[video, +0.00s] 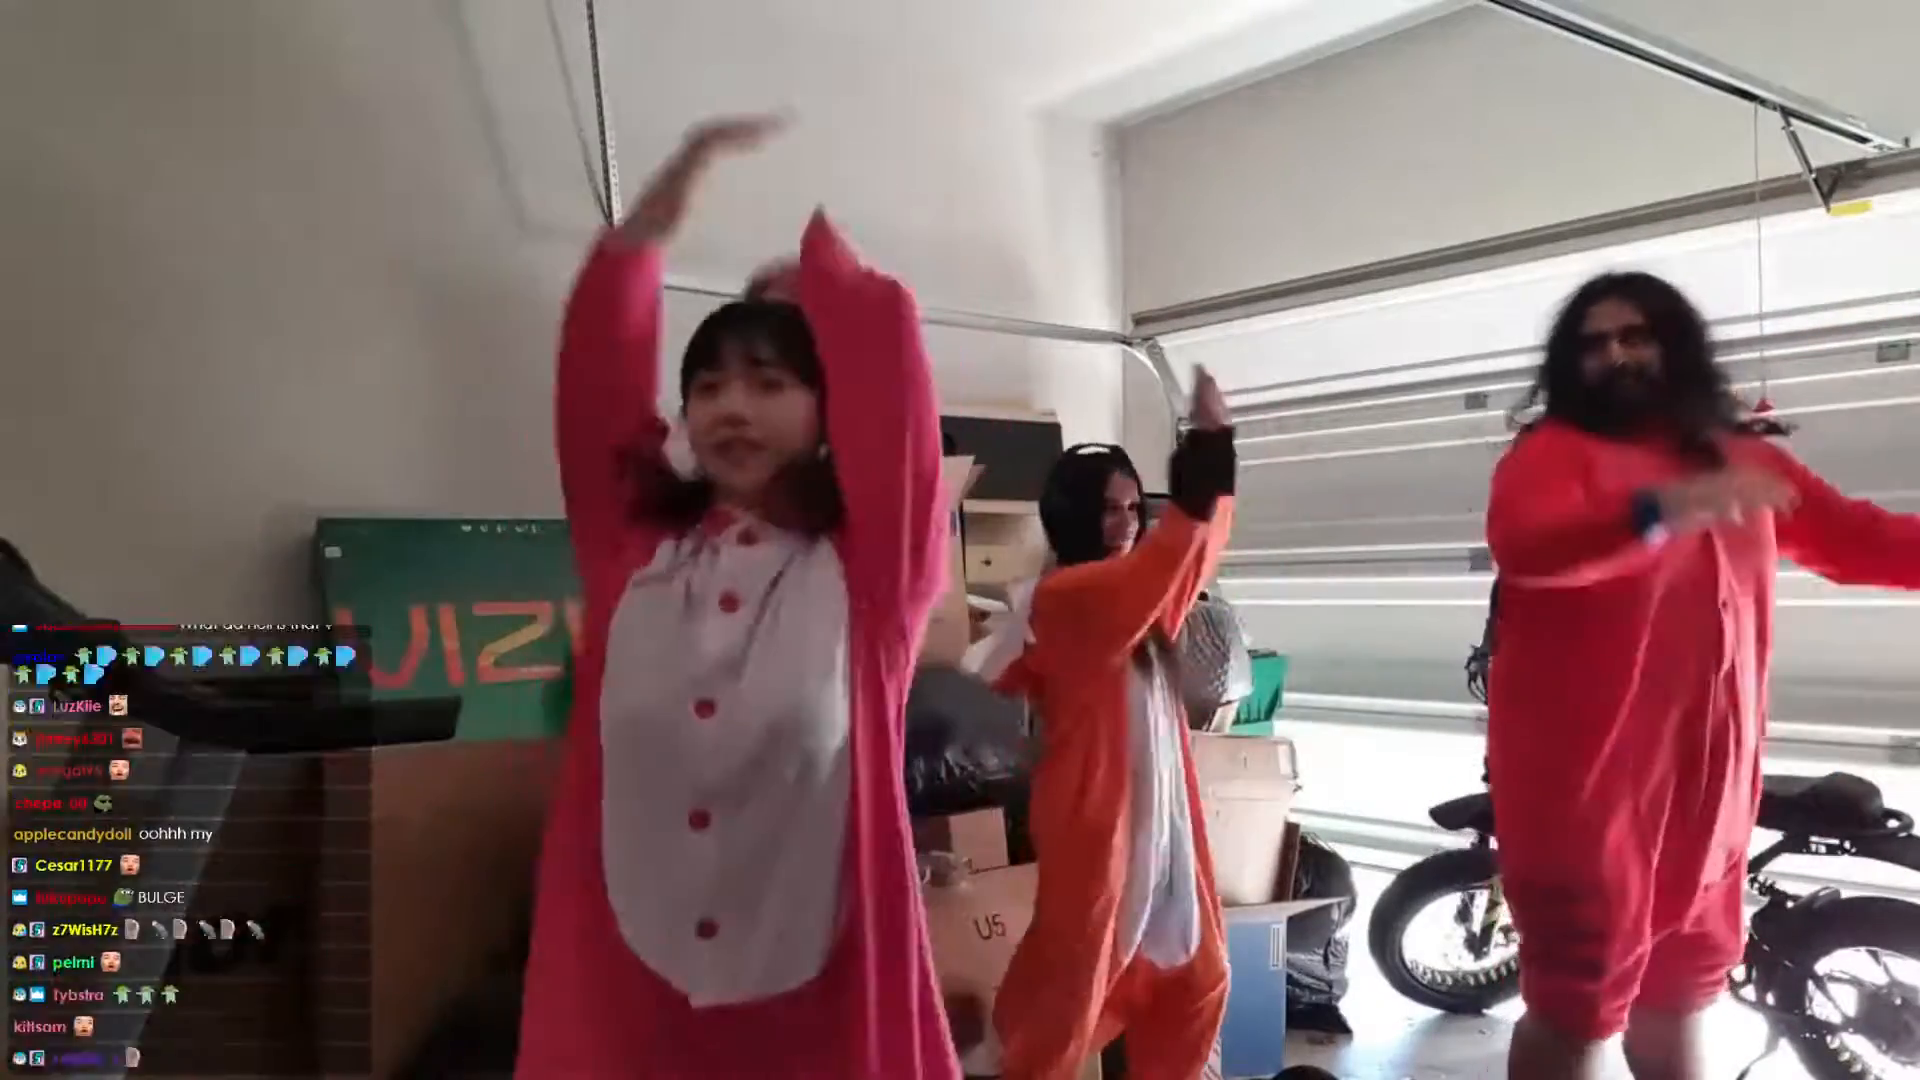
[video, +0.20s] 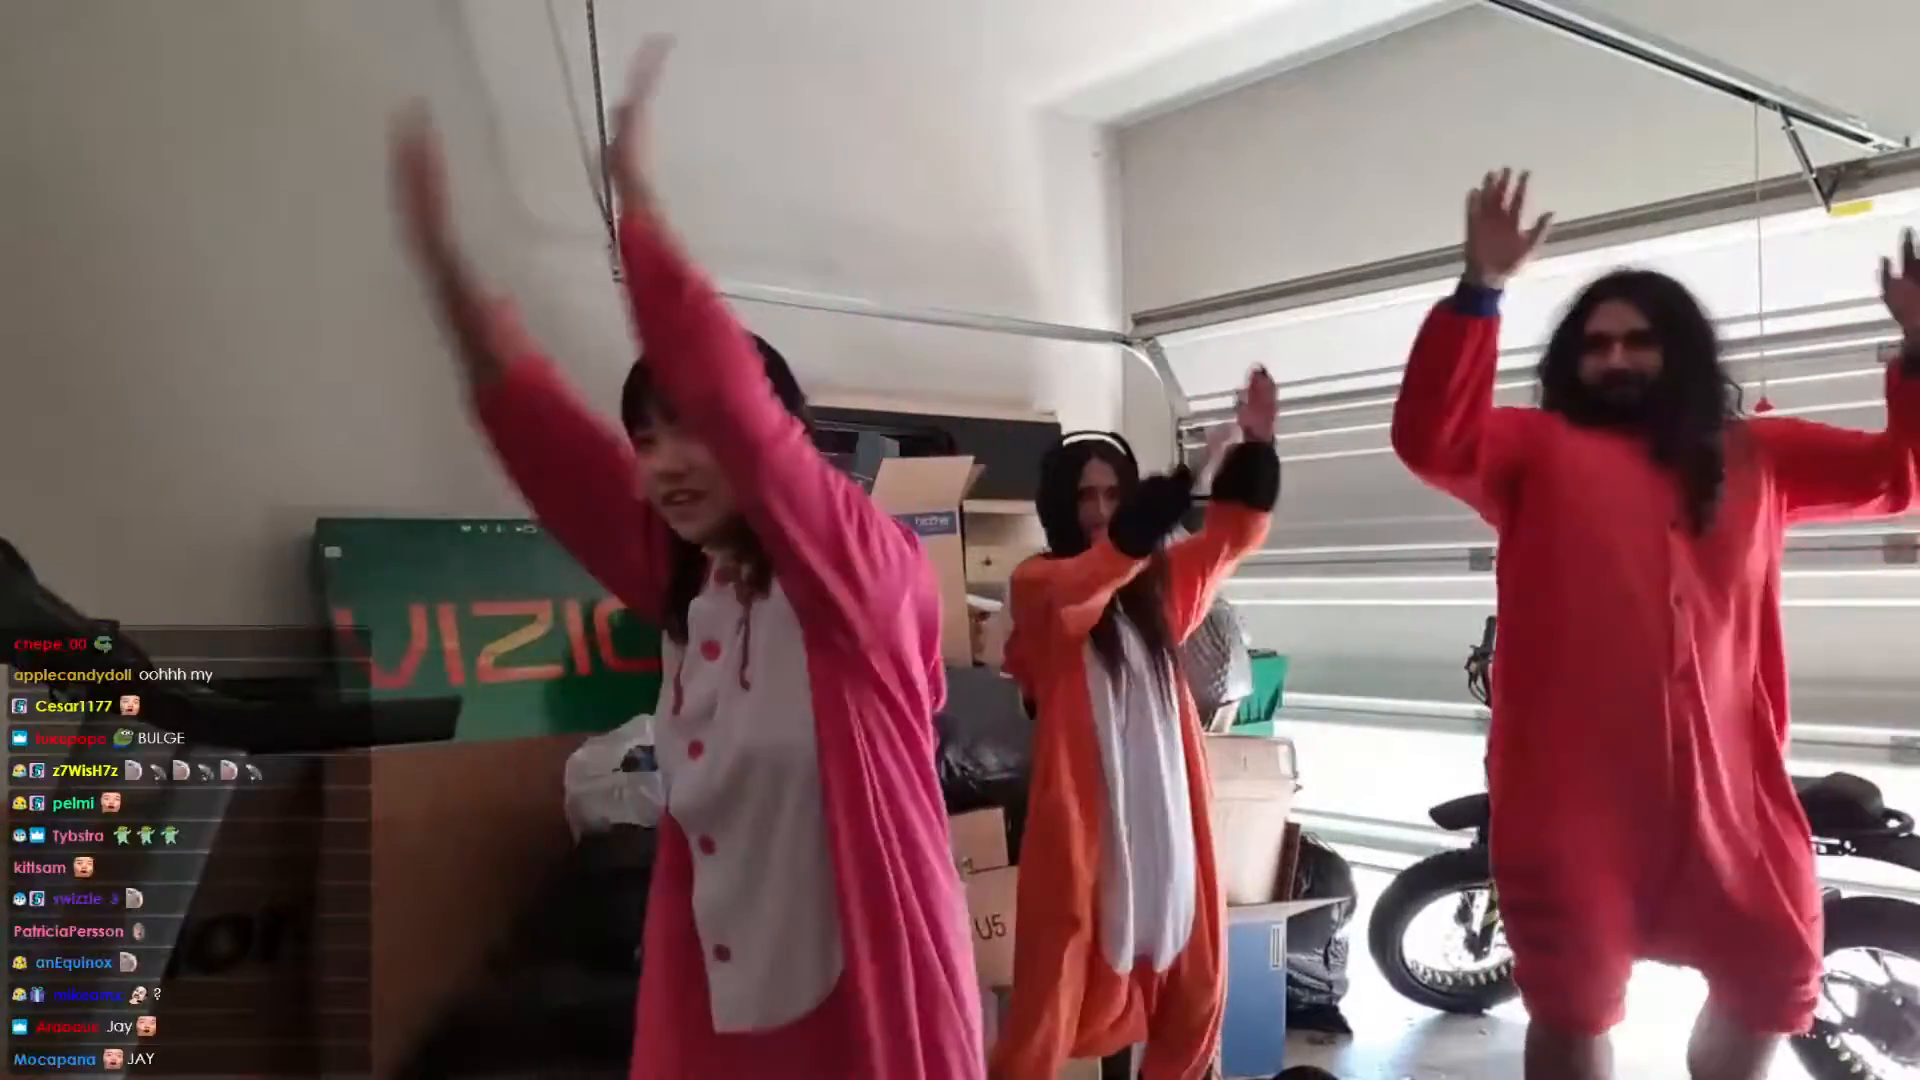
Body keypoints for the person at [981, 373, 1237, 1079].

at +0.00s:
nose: (1127, 521)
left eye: (1133, 508)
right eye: (1109, 507)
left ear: (1141, 512)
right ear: (1070, 516)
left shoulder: (1141, 592)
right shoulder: (1061, 597)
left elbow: (1200, 549)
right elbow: (1157, 571)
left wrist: (1212, 455)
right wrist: (1205, 449)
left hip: (1165, 822)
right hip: (1095, 826)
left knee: (1194, 981)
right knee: (1071, 983)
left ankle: (1168, 1073)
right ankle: (1029, 1064)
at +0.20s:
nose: (1105, 506)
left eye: (1116, 492)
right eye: (1088, 494)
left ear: (1135, 497)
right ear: (1059, 505)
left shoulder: (1161, 580)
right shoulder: (1039, 584)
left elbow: (1230, 533)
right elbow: (1088, 577)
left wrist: (1257, 444)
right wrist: (1183, 491)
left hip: (1172, 825)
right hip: (1079, 832)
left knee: (1194, 1002)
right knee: (1048, 1017)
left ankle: (1176, 1073)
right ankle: (1022, 1074)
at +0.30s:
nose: (1092, 514)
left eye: (1104, 499)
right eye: (1075, 500)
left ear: (1124, 507)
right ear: (1048, 511)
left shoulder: (1152, 585)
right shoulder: (1029, 592)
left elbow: (1212, 623)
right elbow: (1070, 641)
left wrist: (1272, 635)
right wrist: (1145, 653)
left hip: (1162, 824)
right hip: (1067, 830)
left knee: (1186, 989)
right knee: (1049, 988)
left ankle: (1175, 1069)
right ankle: (1037, 1067)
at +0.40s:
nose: (1075, 546)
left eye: (1089, 530)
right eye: (1061, 534)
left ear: (1114, 540)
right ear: (1045, 547)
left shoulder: (1153, 624)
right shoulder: (1025, 636)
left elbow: (1198, 716)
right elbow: (1052, 736)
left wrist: (1231, 815)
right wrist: (1100, 825)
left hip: (1147, 827)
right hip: (1056, 837)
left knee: (1187, 990)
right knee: (1065, 985)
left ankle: (1179, 1068)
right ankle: (1080, 1069)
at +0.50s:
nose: (1061, 557)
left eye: (1075, 543)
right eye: (1049, 545)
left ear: (1105, 551)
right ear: (1036, 558)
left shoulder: (1149, 649)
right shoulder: (1008, 650)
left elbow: (1155, 764)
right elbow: (993, 761)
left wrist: (1141, 885)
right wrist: (1011, 868)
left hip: (1126, 861)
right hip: (1042, 861)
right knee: (1032, 1001)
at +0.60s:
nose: (1045, 508)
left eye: (1060, 495)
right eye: (1037, 496)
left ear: (1093, 505)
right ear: (1025, 507)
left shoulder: (1129, 597)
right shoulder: (1001, 596)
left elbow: (1120, 695)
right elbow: (970, 693)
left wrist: (1090, 783)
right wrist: (949, 782)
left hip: (1096, 811)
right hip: (1007, 811)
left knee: (1133, 966)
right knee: (1014, 967)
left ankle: (1172, 1065)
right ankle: (1035, 1068)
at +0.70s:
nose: (1039, 481)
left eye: (1054, 467)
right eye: (1030, 469)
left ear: (1091, 474)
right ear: (1019, 478)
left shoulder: (1126, 553)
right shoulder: (999, 554)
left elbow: (1087, 607)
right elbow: (900, 574)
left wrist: (1013, 554)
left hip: (1097, 769)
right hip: (1004, 769)